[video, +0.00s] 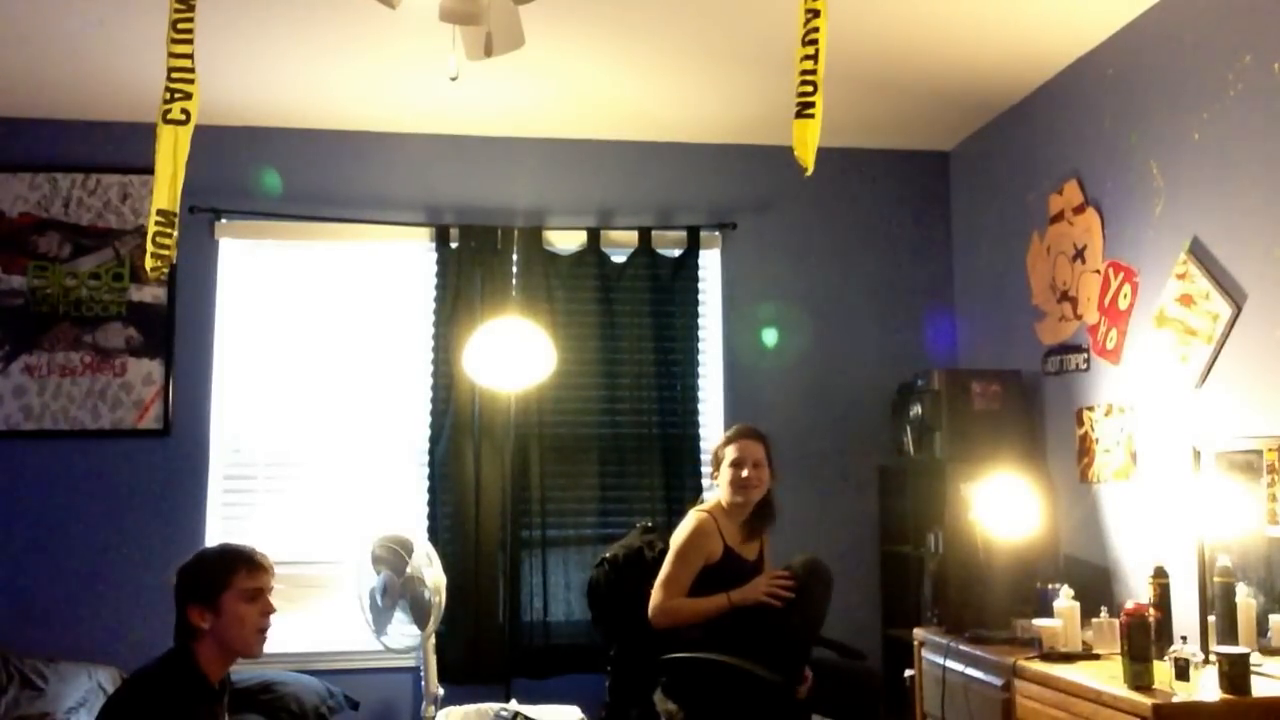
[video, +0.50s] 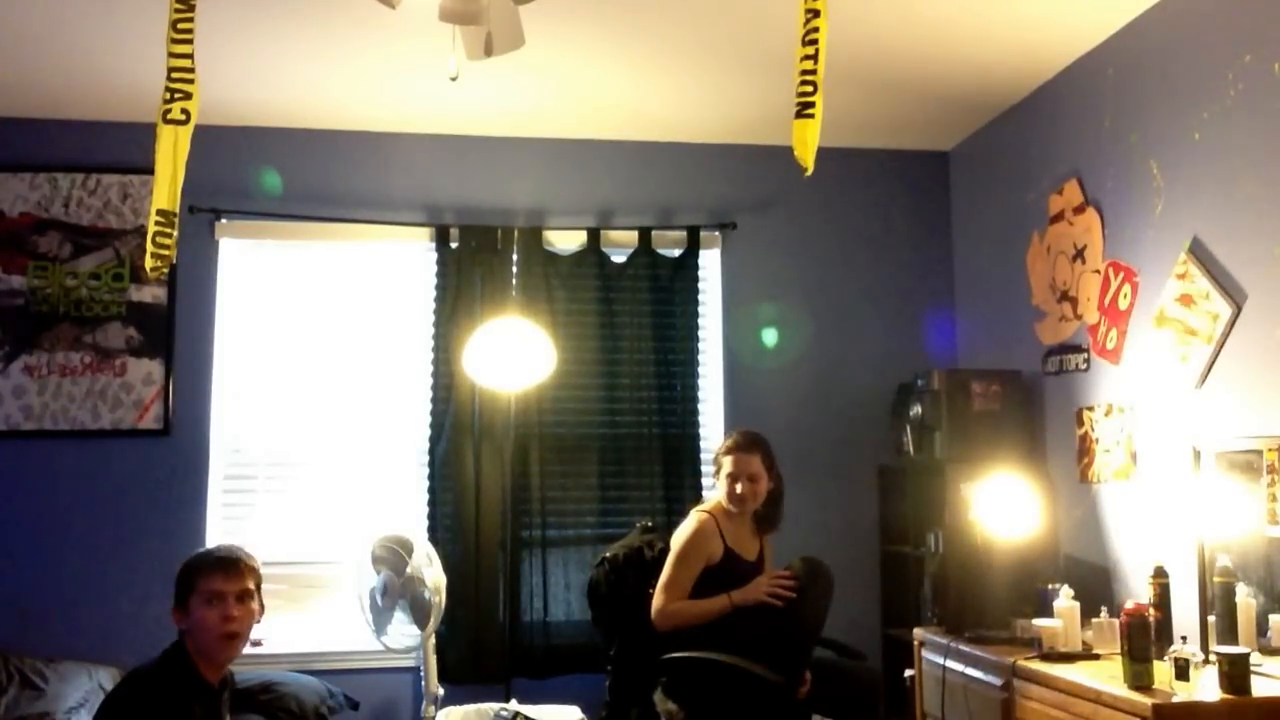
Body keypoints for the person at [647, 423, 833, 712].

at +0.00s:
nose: (747, 474)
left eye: (757, 466)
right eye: (736, 465)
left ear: (770, 477)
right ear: (717, 475)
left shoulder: (755, 529)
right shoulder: (700, 525)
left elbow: (766, 605)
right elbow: (659, 612)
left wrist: (795, 664)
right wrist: (738, 596)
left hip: (742, 648)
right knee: (811, 574)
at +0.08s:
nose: (745, 478)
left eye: (755, 469)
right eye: (734, 469)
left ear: (769, 479)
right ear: (715, 476)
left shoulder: (755, 526)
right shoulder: (699, 526)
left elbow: (765, 602)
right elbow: (661, 612)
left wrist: (796, 664)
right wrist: (740, 596)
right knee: (811, 573)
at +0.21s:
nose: (741, 486)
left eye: (752, 476)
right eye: (732, 476)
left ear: (768, 481)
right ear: (716, 478)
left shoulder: (756, 527)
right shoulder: (700, 526)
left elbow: (766, 603)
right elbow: (661, 613)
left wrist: (796, 664)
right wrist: (740, 596)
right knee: (811, 574)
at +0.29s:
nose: (740, 487)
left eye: (751, 477)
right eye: (731, 477)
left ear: (768, 482)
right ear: (716, 479)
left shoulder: (757, 527)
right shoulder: (700, 527)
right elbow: (661, 614)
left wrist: (795, 665)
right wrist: (740, 596)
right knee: (810, 574)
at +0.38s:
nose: (740, 488)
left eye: (751, 478)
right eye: (731, 478)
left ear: (768, 483)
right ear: (717, 479)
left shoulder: (760, 528)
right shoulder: (700, 527)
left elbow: (764, 607)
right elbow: (661, 614)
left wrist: (795, 665)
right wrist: (740, 596)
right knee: (811, 574)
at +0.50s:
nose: (740, 489)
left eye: (752, 479)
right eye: (732, 478)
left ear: (769, 483)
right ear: (718, 479)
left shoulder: (756, 528)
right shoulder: (700, 528)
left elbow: (768, 607)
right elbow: (662, 615)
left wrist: (796, 666)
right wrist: (740, 596)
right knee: (811, 575)